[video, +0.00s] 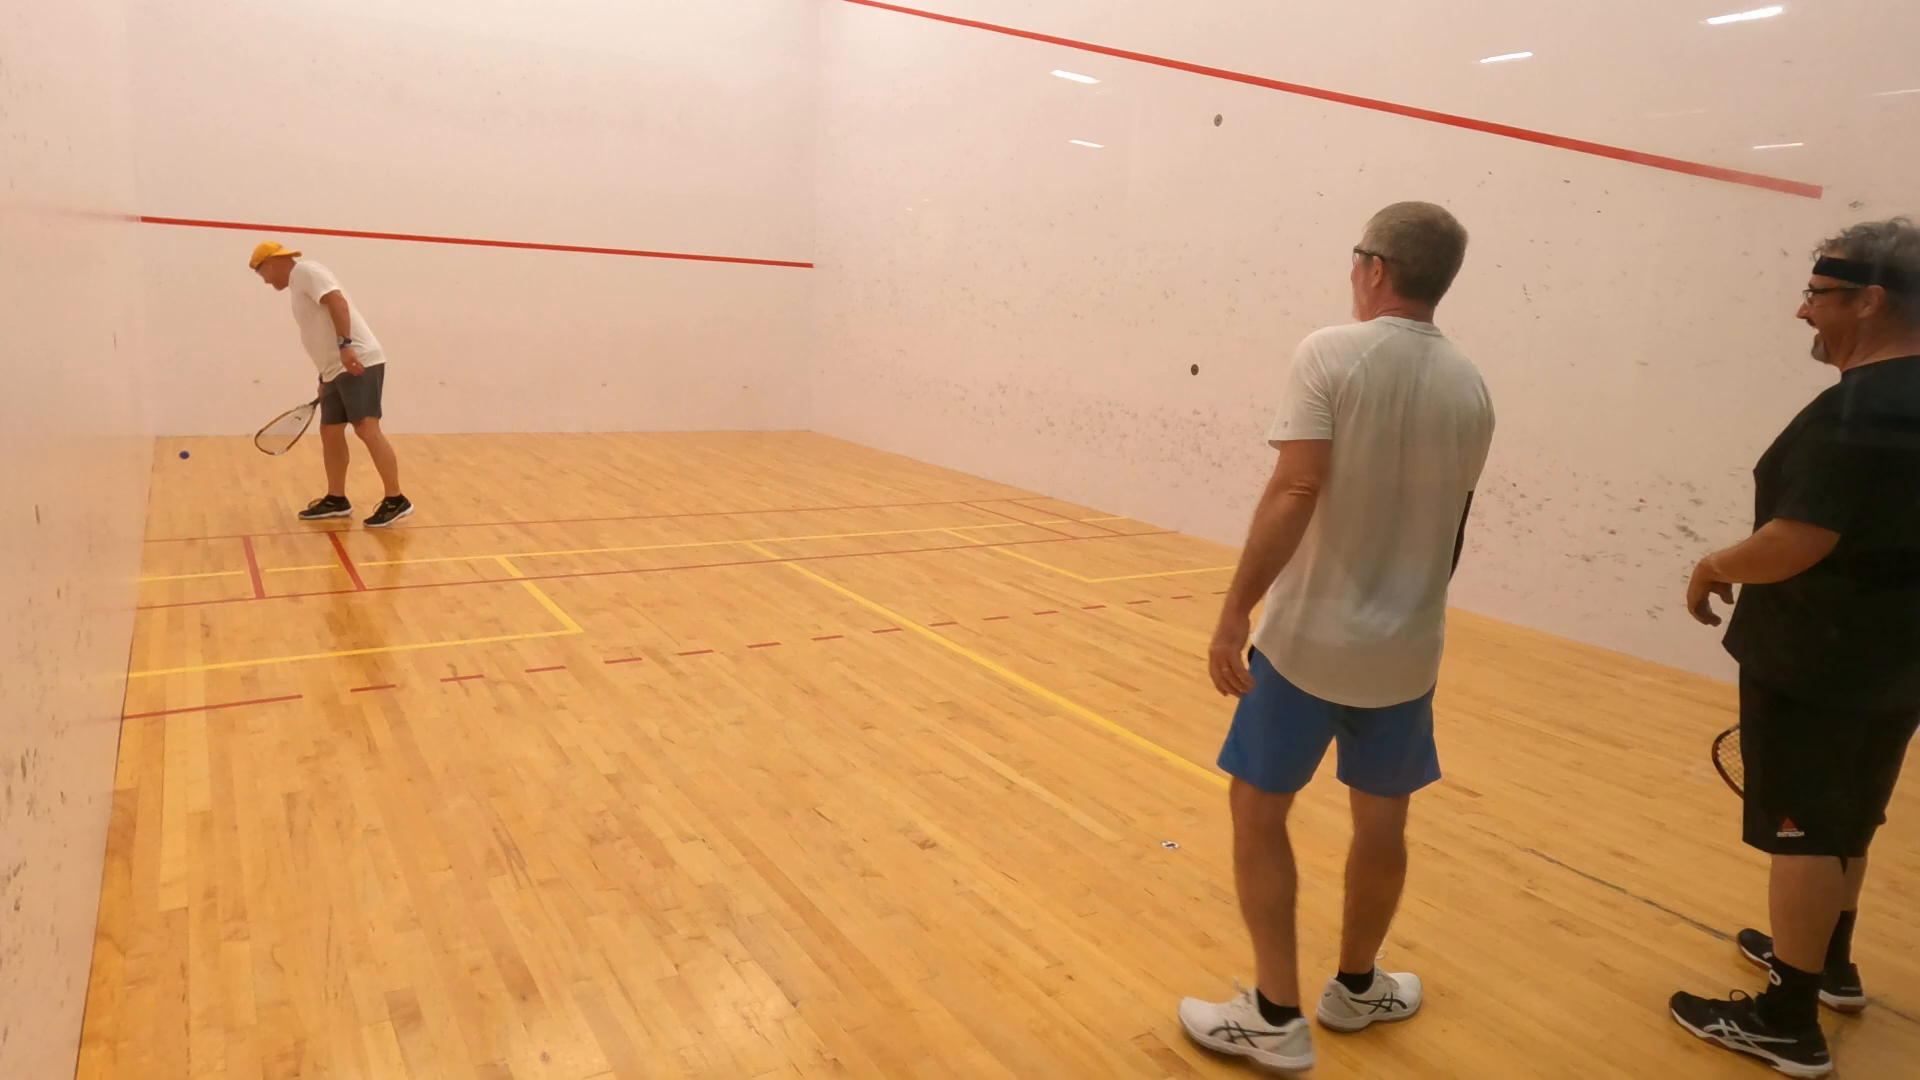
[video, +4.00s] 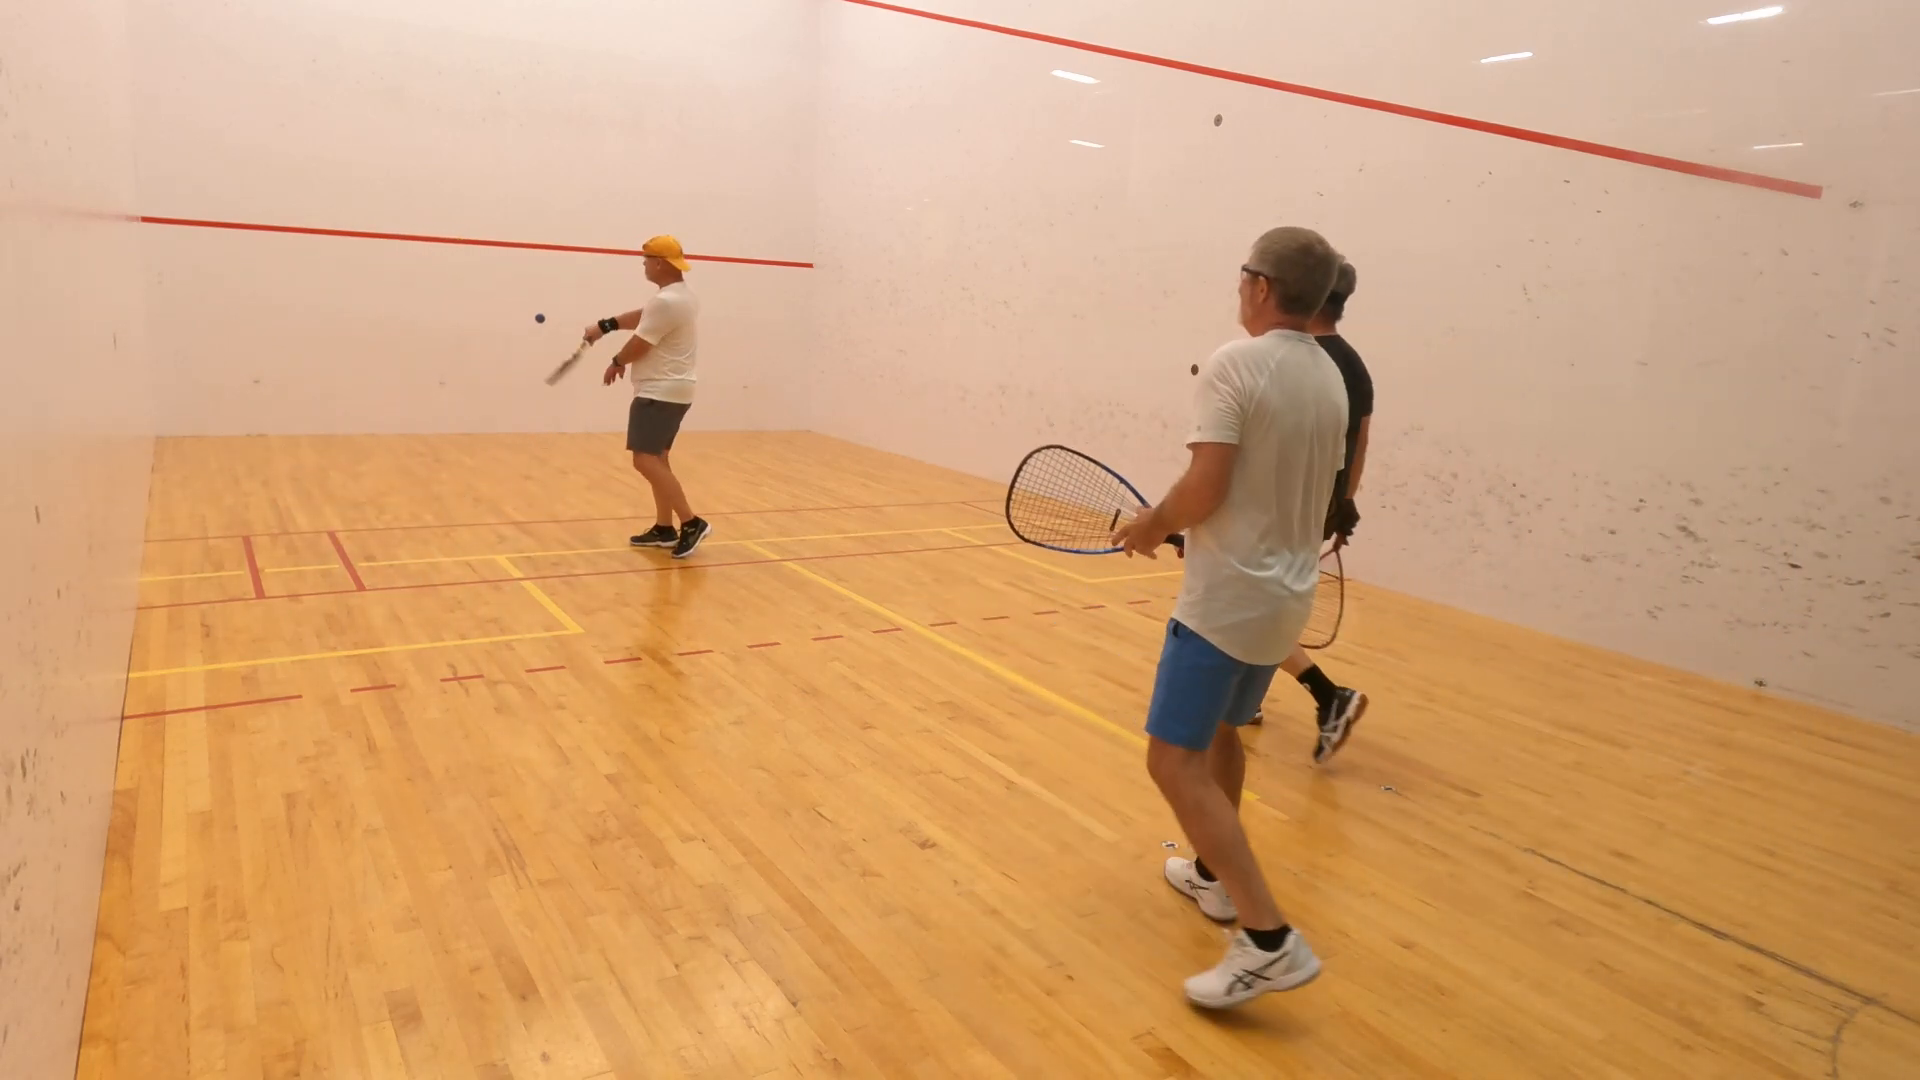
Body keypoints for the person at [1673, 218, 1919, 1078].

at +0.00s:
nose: (1804, 310)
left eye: (1819, 294)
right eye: (1808, 293)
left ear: (1874, 301)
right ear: (1882, 304)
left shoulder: (1862, 412)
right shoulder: (1906, 395)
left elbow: (1796, 541)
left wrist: (1711, 567)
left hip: (1824, 662)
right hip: (1888, 659)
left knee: (1803, 825)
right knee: (1843, 813)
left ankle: (1786, 1014)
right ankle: (1828, 958)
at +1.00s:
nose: (1665, 310)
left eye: (1676, 298)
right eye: (1670, 296)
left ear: (1715, 308)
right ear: (1736, 312)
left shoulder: (1699, 405)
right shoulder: (1815, 403)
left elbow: (1661, 523)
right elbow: (1827, 520)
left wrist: (1589, 554)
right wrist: (1782, 587)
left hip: (1674, 629)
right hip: (1772, 634)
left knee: (1607, 741)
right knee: (1771, 774)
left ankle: (1575, 879)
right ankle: (1815, 935)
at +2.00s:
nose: (1552, 340)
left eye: (1563, 330)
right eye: (1557, 328)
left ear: (1595, 339)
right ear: (1619, 342)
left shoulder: (1595, 401)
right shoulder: (1693, 397)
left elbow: (1596, 498)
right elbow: (1746, 492)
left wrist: (1566, 574)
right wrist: (1738, 579)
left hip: (1649, 599)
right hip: (1729, 601)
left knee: (1599, 726)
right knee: (1684, 724)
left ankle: (1577, 879)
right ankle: (1657, 862)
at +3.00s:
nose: (1539, 330)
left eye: (1549, 320)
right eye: (1544, 318)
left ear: (1579, 331)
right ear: (1608, 334)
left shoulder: (1565, 398)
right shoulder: (1666, 404)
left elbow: (1549, 487)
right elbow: (1693, 499)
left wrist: (1503, 531)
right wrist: (1655, 562)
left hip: (1568, 595)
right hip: (1652, 604)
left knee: (1485, 669)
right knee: (1632, 722)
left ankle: (1435, 775)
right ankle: (1655, 861)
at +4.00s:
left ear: (1306, 299)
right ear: (1341, 304)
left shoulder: (1293, 355)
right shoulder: (1354, 366)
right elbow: (1358, 445)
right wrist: (1346, 501)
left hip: (1279, 507)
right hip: (1315, 510)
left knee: (1258, 615)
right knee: (1263, 601)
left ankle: (1329, 697)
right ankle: (1246, 699)